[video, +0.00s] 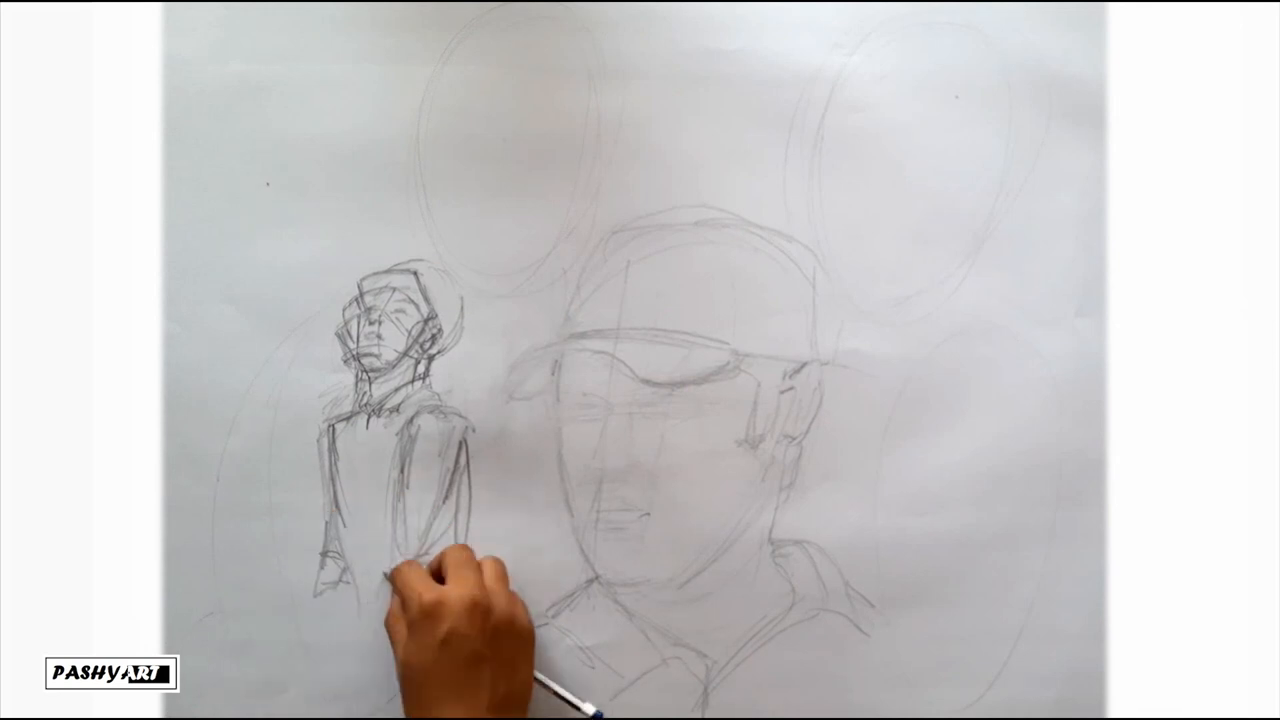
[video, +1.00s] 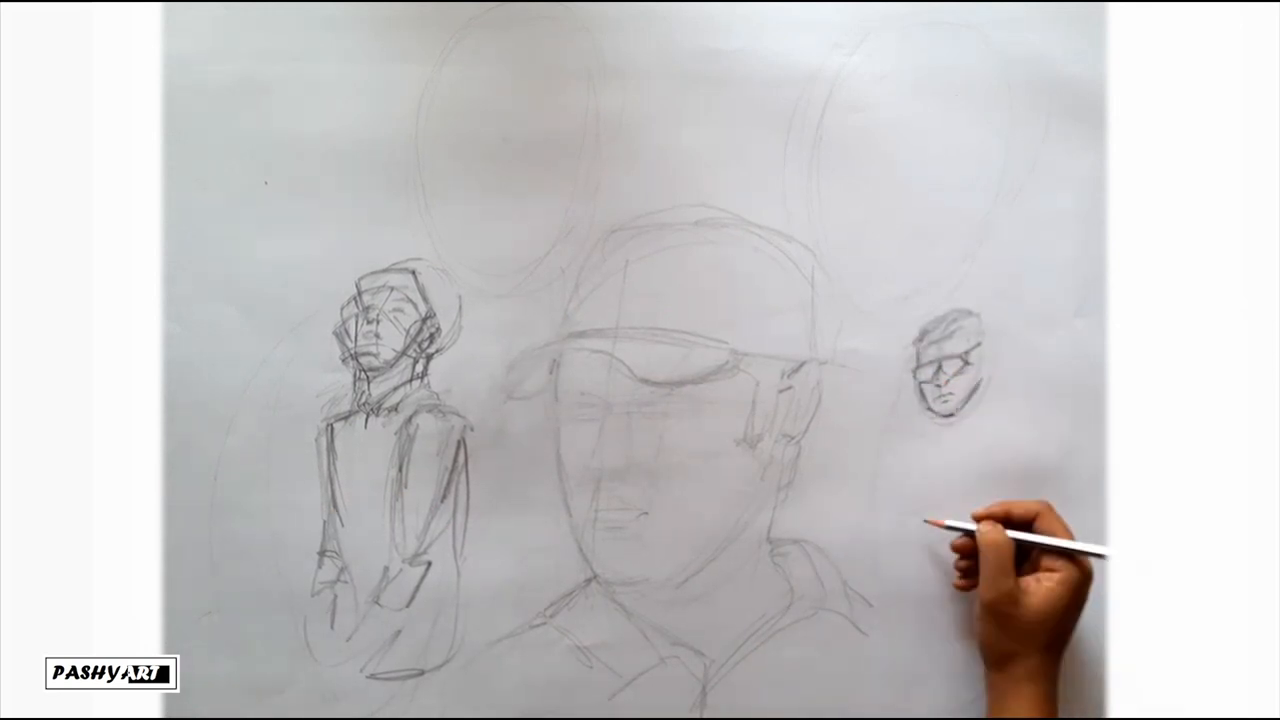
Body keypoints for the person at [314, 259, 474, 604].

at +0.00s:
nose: (374, 326)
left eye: (397, 314)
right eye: (367, 314)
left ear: (428, 334)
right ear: (350, 328)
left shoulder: (438, 428)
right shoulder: (334, 428)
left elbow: (438, 561)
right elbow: (334, 555)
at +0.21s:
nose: (374, 328)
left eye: (397, 316)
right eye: (367, 315)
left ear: (428, 335)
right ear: (352, 328)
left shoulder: (438, 428)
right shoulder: (335, 426)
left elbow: (429, 561)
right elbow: (333, 546)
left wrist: (362, 651)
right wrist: (328, 635)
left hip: (416, 626)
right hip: (348, 625)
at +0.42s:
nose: (374, 326)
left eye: (397, 315)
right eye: (367, 314)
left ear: (428, 334)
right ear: (352, 327)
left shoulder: (439, 428)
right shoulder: (334, 427)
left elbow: (432, 560)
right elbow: (333, 544)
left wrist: (362, 650)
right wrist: (327, 633)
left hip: (415, 628)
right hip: (347, 626)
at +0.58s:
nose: (374, 326)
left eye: (396, 315)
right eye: (367, 314)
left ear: (426, 335)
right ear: (352, 328)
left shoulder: (439, 426)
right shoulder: (335, 423)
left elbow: (433, 557)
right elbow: (333, 542)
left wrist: (373, 641)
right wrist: (327, 626)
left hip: (419, 620)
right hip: (348, 619)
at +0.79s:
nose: (374, 326)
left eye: (396, 314)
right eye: (367, 314)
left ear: (427, 334)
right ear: (351, 327)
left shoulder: (438, 428)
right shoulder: (334, 426)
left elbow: (431, 558)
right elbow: (332, 540)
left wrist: (364, 646)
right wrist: (327, 616)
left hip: (415, 625)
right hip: (346, 623)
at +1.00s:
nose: (373, 328)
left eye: (395, 315)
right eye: (366, 315)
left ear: (426, 335)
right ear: (350, 328)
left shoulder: (437, 427)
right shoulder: (333, 428)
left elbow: (431, 560)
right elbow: (331, 545)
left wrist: (356, 654)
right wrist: (324, 632)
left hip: (414, 629)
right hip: (345, 629)